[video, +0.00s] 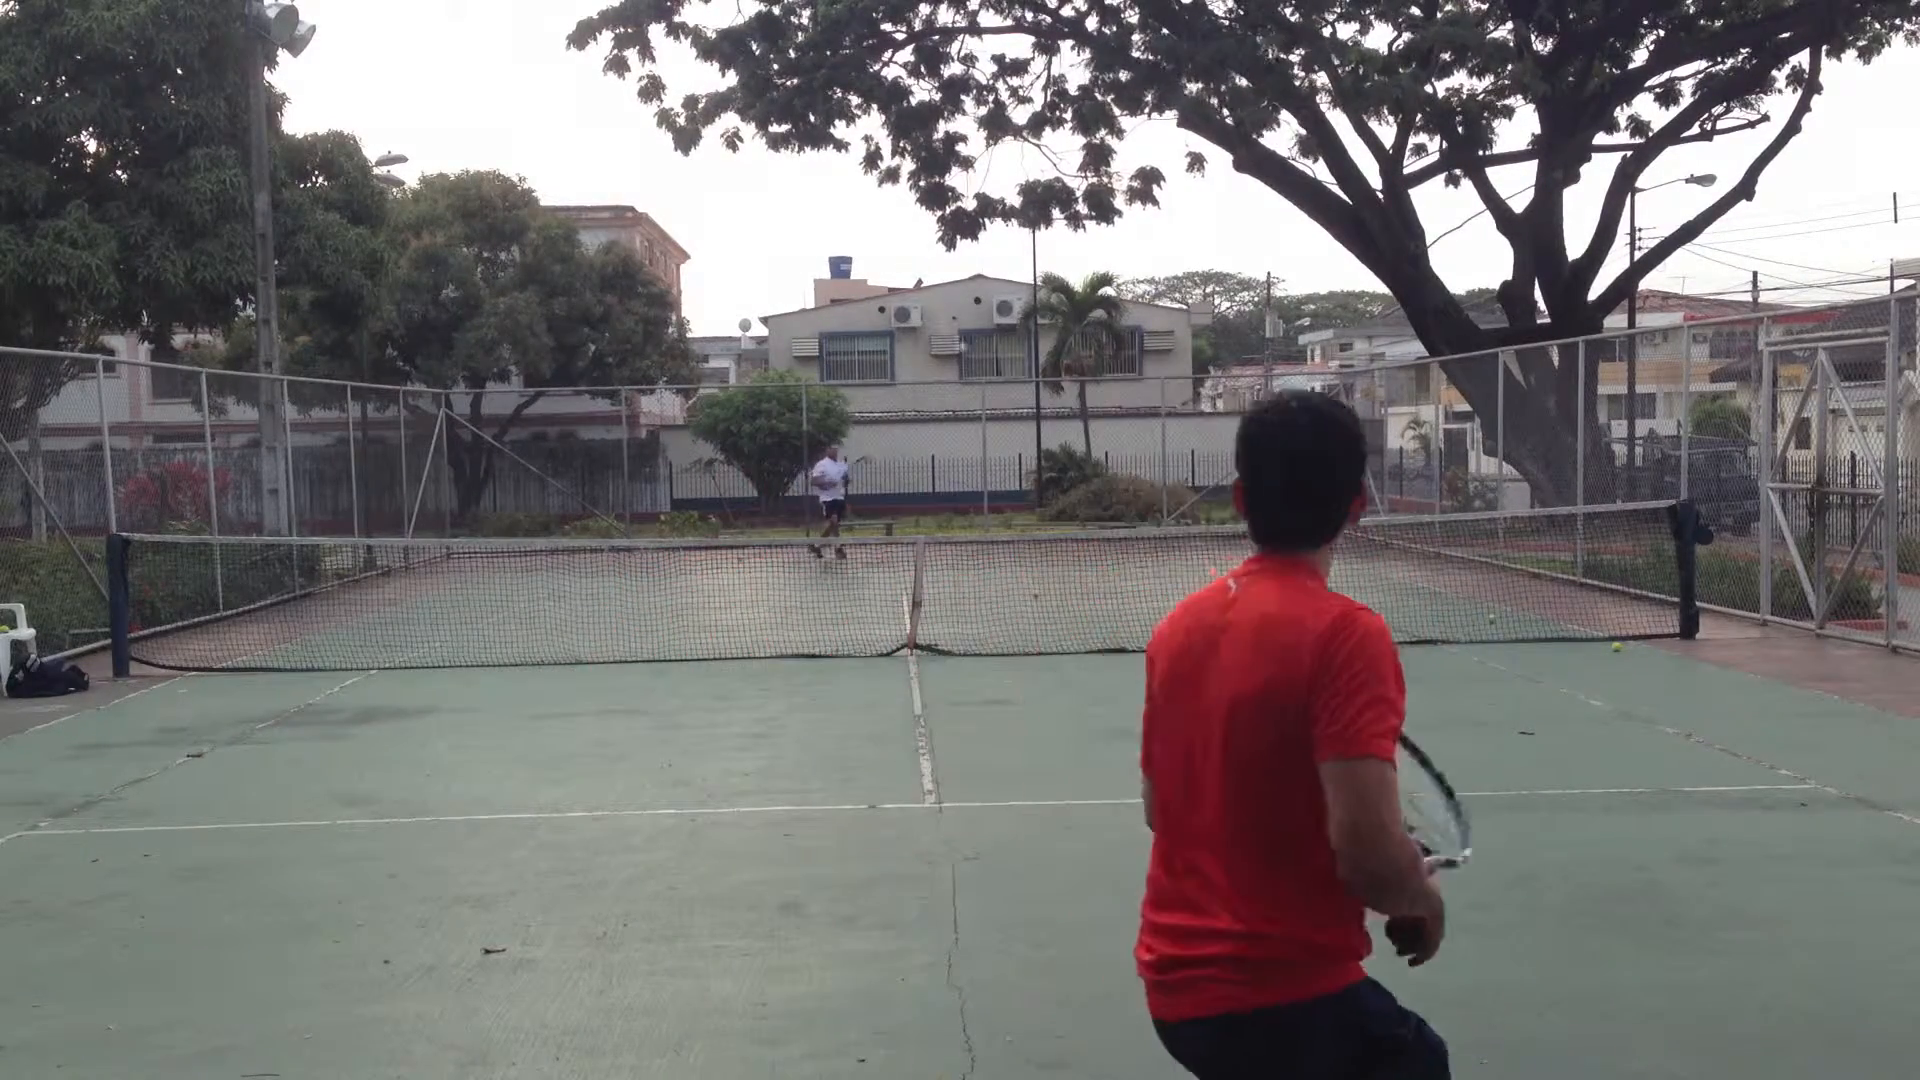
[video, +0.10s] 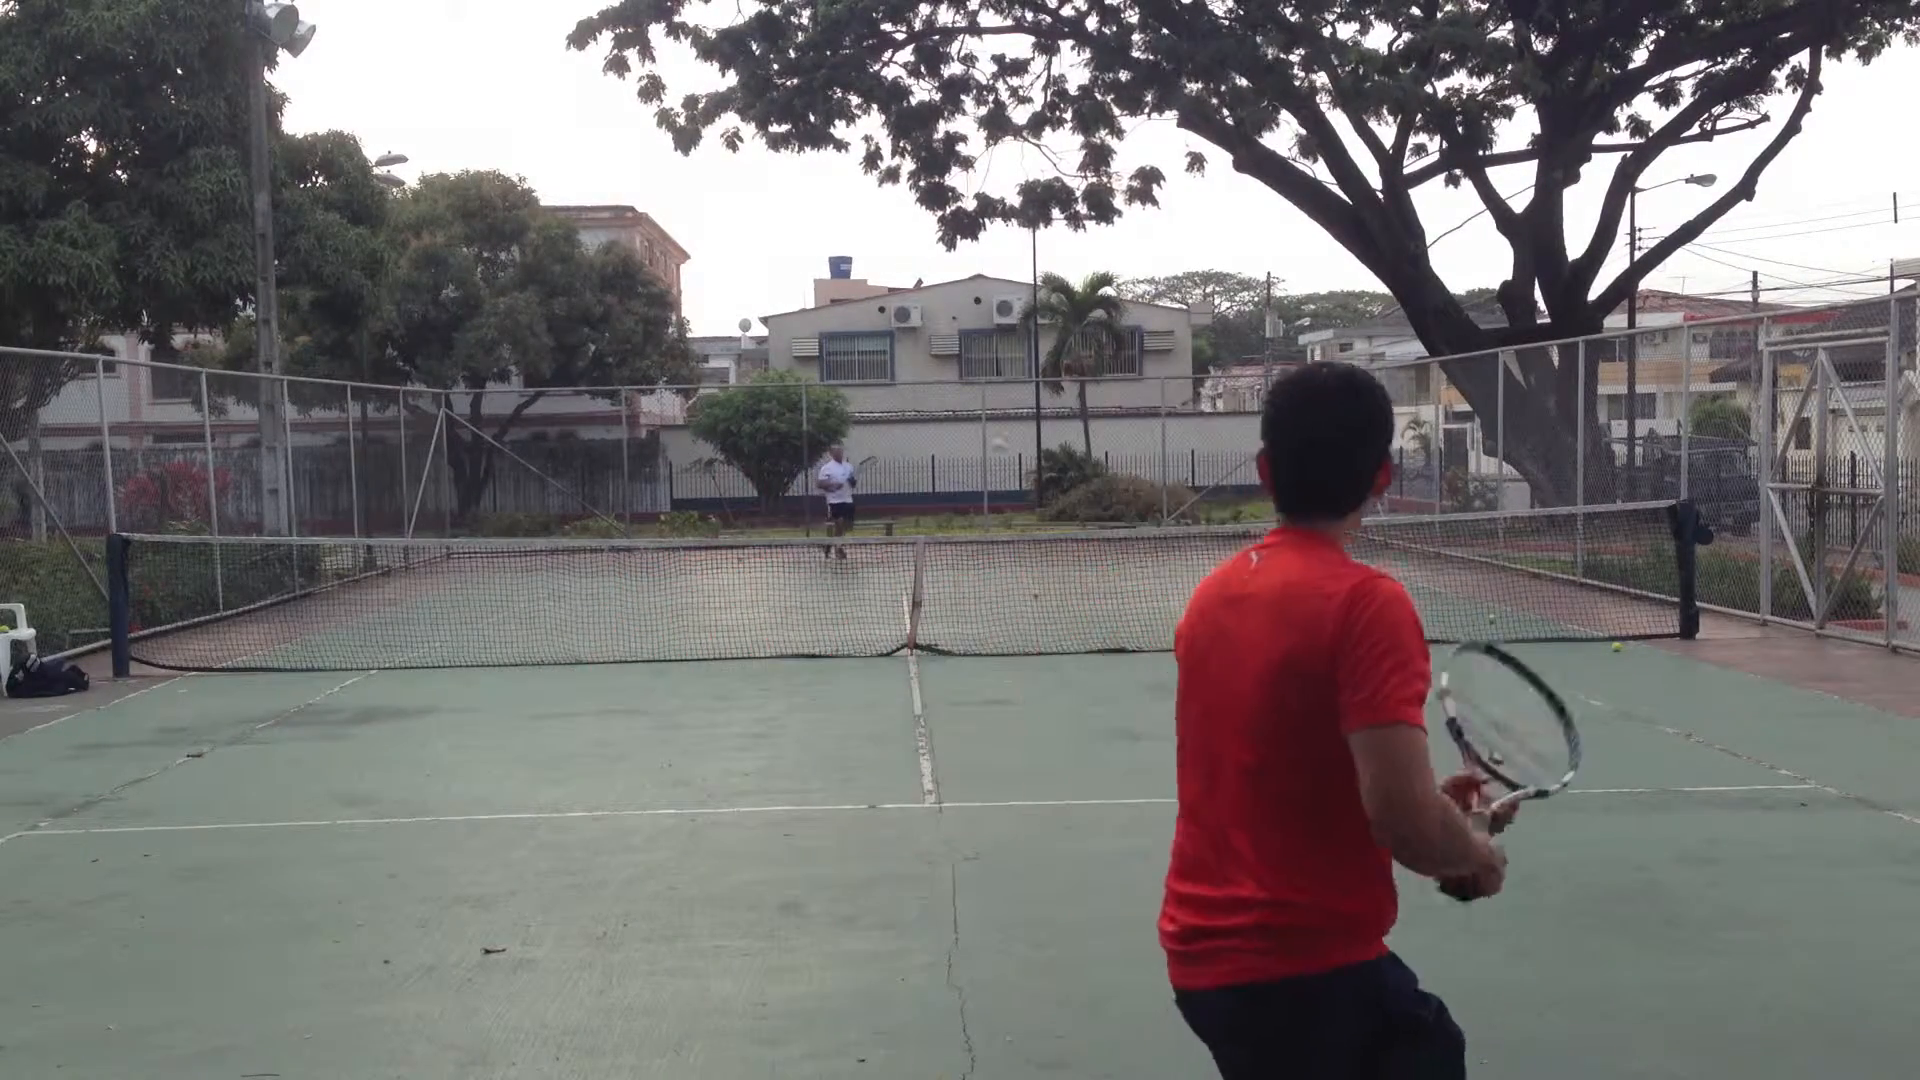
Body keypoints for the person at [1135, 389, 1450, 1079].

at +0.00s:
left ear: (1239, 497)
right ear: (1358, 507)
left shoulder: (1177, 629)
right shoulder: (1346, 634)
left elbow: (1161, 808)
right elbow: (1365, 844)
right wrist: (1417, 901)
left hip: (1183, 994)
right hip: (1291, 1001)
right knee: (1419, 1059)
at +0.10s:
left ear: (1263, 469)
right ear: (1383, 478)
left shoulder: (1211, 596)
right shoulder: (1367, 602)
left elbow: (1261, 783)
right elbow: (1402, 808)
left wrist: (1426, 806)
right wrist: (1472, 858)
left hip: (1207, 964)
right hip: (1313, 972)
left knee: (1432, 1047)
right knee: (1431, 1053)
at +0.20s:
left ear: (1275, 455)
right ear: (1395, 460)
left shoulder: (1237, 576)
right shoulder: (1370, 584)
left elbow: (1323, 736)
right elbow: (1435, 792)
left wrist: (1478, 738)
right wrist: (1521, 792)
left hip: (1224, 948)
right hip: (1324, 958)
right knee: (1434, 1052)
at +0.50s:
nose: (1472, 454)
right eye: (1473, 439)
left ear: (1341, 449)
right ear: (1466, 458)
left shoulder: (1321, 559)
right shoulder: (1415, 585)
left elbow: (1473, 624)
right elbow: (1461, 777)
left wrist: (1627, 604)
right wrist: (1650, 709)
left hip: (1293, 945)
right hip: (1377, 962)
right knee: (1497, 1056)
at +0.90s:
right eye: (1652, 442)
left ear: (1507, 446)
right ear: (1642, 465)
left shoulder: (1447, 551)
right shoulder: (1595, 615)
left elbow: (1520, 611)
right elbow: (1660, 845)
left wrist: (1639, 598)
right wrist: (1896, 913)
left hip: (1380, 961)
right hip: (1495, 982)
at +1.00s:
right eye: (1677, 450)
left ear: (1535, 449)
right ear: (1667, 474)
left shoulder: (1455, 561)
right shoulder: (1649, 629)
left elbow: (1371, 619)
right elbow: (1760, 858)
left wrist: (1482, 618)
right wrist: (1913, 921)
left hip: (1408, 960)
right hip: (1541, 977)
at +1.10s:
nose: (1683, 458)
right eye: (1685, 442)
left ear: (1556, 439)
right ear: (1670, 462)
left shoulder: (1454, 562)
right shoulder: (1708, 621)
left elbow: (1312, 661)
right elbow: (1844, 801)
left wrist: (1413, 603)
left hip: (1448, 962)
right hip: (1600, 969)